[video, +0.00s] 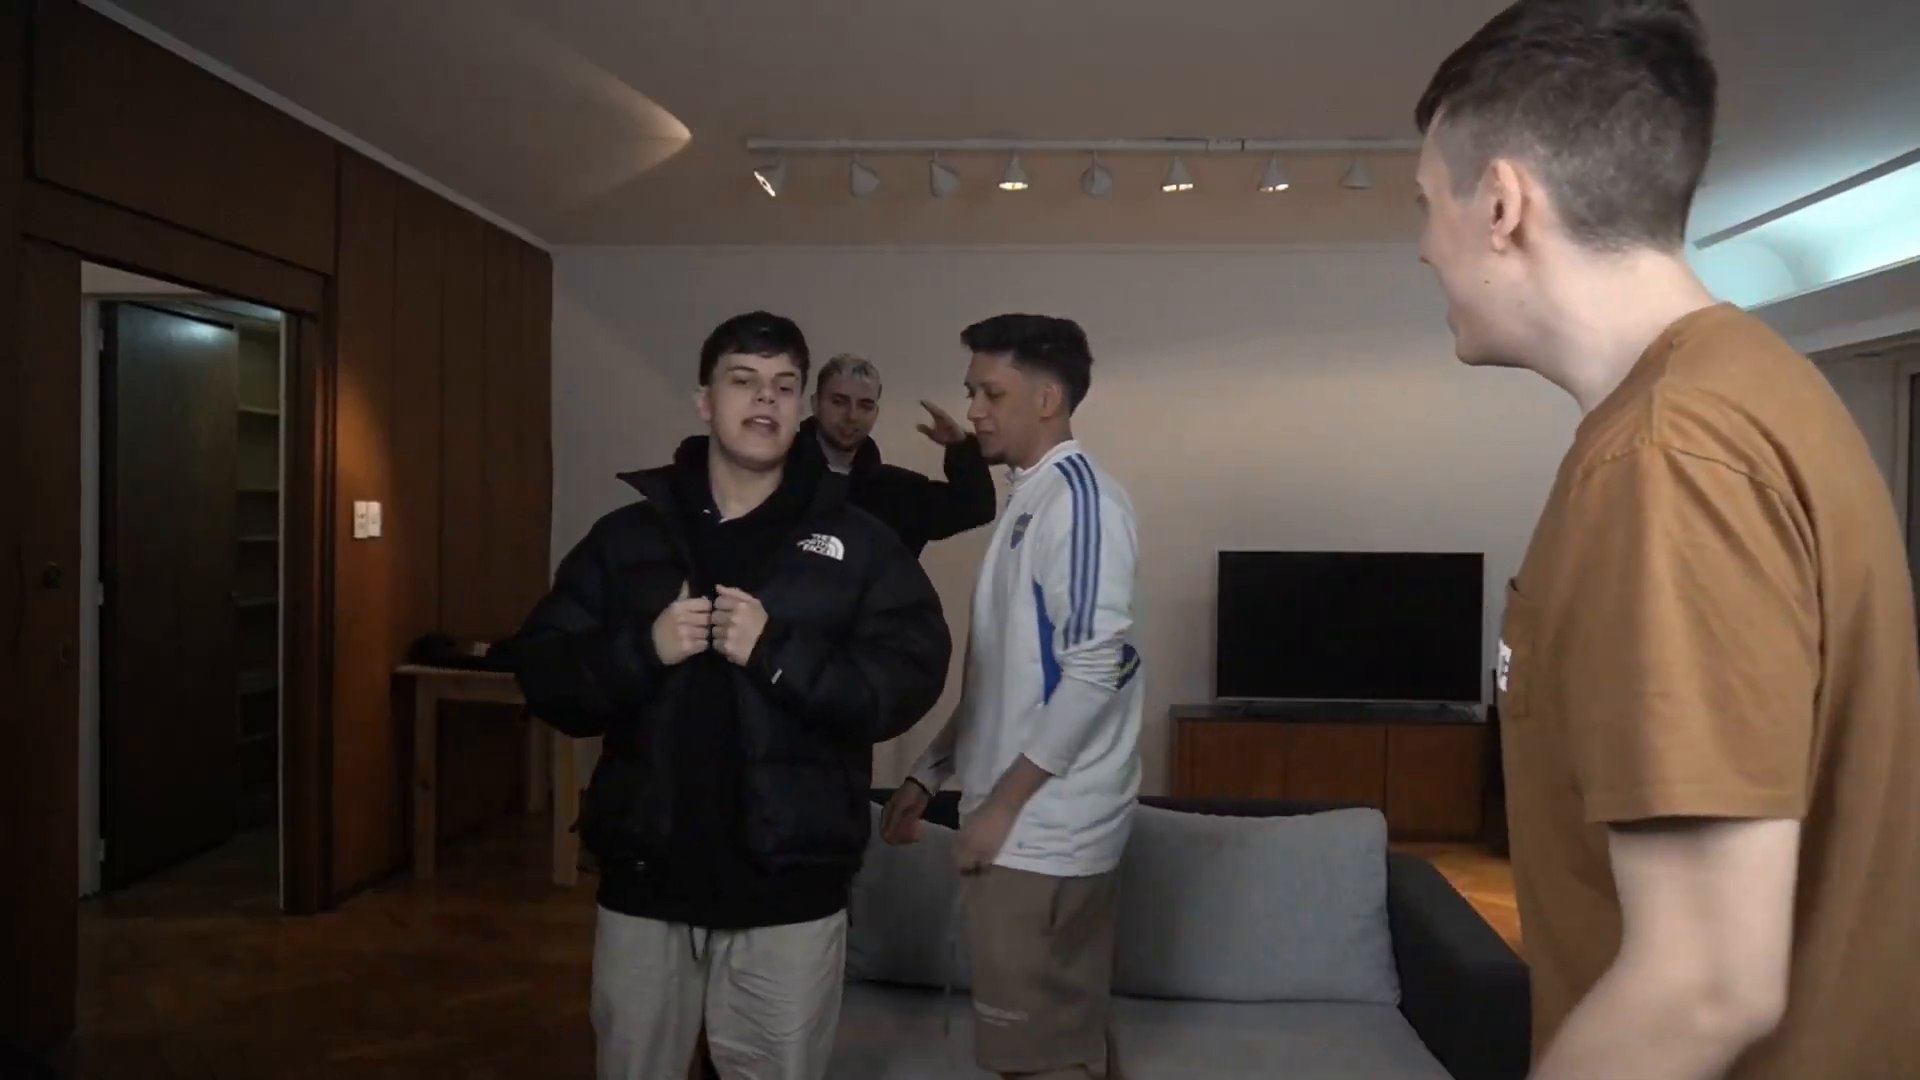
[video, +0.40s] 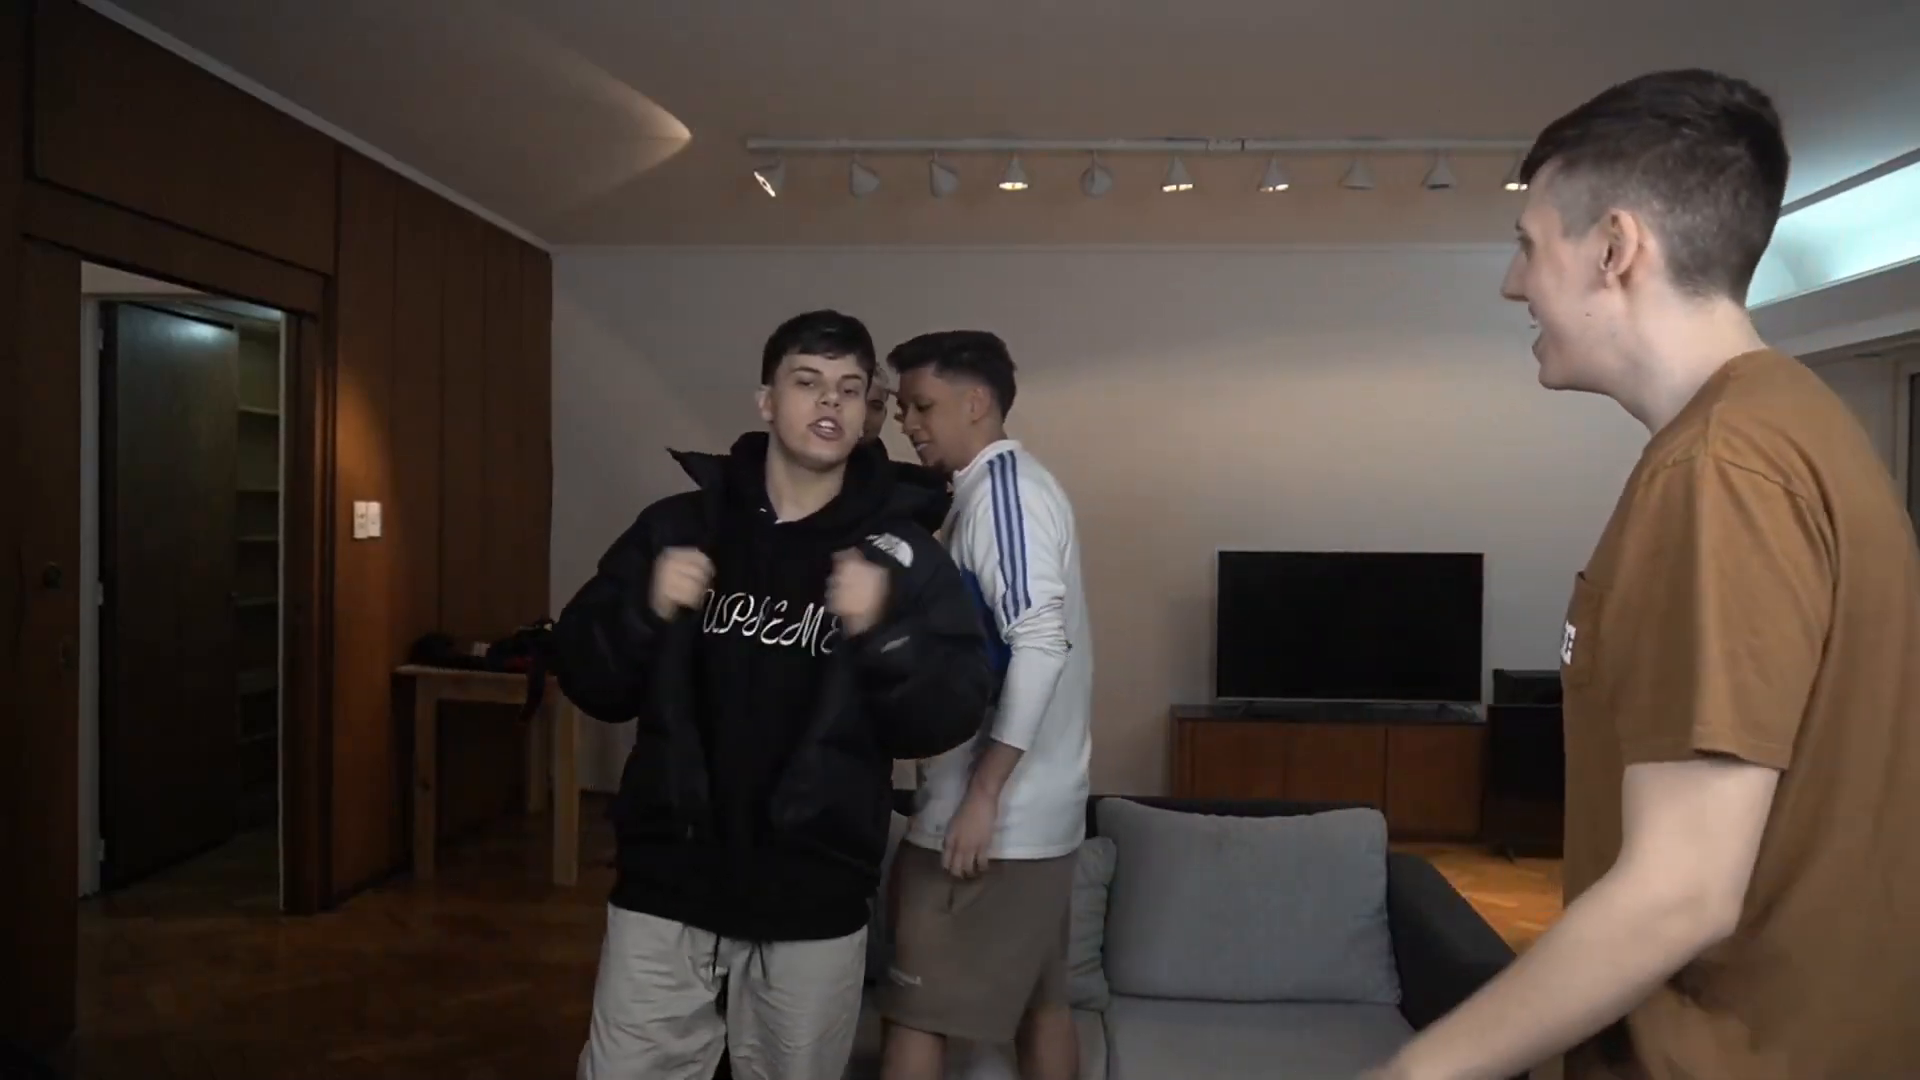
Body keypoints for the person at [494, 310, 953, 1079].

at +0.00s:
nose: (765, 398)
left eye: (785, 385)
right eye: (743, 381)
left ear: (805, 410)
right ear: (704, 406)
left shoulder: (860, 546)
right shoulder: (631, 534)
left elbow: (906, 680)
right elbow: (546, 674)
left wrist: (774, 649)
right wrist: (645, 648)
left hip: (789, 890)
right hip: (646, 881)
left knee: (775, 1071)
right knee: (633, 1069)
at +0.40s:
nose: (830, 402)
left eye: (851, 388)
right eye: (807, 382)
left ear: (870, 416)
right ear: (765, 403)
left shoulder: (903, 553)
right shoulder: (681, 526)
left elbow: (947, 718)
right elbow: (589, 679)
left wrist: (882, 627)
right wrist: (645, 604)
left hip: (811, 895)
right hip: (669, 883)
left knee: (796, 1071)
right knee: (629, 1069)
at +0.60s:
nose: (819, 400)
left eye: (839, 383)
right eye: (795, 379)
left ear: (858, 408)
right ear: (754, 398)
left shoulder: (894, 548)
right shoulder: (669, 522)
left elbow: (953, 731)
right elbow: (564, 689)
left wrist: (953, 636)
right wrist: (612, 606)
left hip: (819, 897)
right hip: (671, 887)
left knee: (799, 1073)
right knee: (629, 1072)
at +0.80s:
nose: (782, 400)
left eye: (801, 382)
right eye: (757, 378)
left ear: (823, 406)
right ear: (714, 400)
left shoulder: (855, 549)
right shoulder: (632, 538)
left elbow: (931, 713)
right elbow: (538, 695)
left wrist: (901, 643)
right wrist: (660, 645)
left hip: (808, 904)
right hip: (658, 907)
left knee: (798, 1070)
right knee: (630, 1071)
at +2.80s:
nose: (852, 379)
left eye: (877, 350)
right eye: (820, 351)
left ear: (909, 363)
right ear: (775, 365)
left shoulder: (999, 558)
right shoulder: (676, 527)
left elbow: (1087, 738)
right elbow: (559, 665)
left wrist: (983, 780)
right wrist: (619, 726)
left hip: (883, 1016)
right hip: (677, 1001)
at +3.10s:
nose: (754, 387)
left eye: (779, 358)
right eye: (720, 359)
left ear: (806, 369)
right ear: (669, 373)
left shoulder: (869, 539)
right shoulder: (561, 544)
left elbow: (958, 713)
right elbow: (431, 721)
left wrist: (943, 747)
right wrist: (603, 764)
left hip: (819, 1012)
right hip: (620, 1017)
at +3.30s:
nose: (630, 400)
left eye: (655, 372)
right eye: (594, 373)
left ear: (682, 384)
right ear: (540, 389)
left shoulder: (732, 555)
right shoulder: (433, 574)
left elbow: (809, 699)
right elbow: (322, 768)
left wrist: (827, 743)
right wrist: (542, 791)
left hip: (705, 1013)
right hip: (514, 1027)